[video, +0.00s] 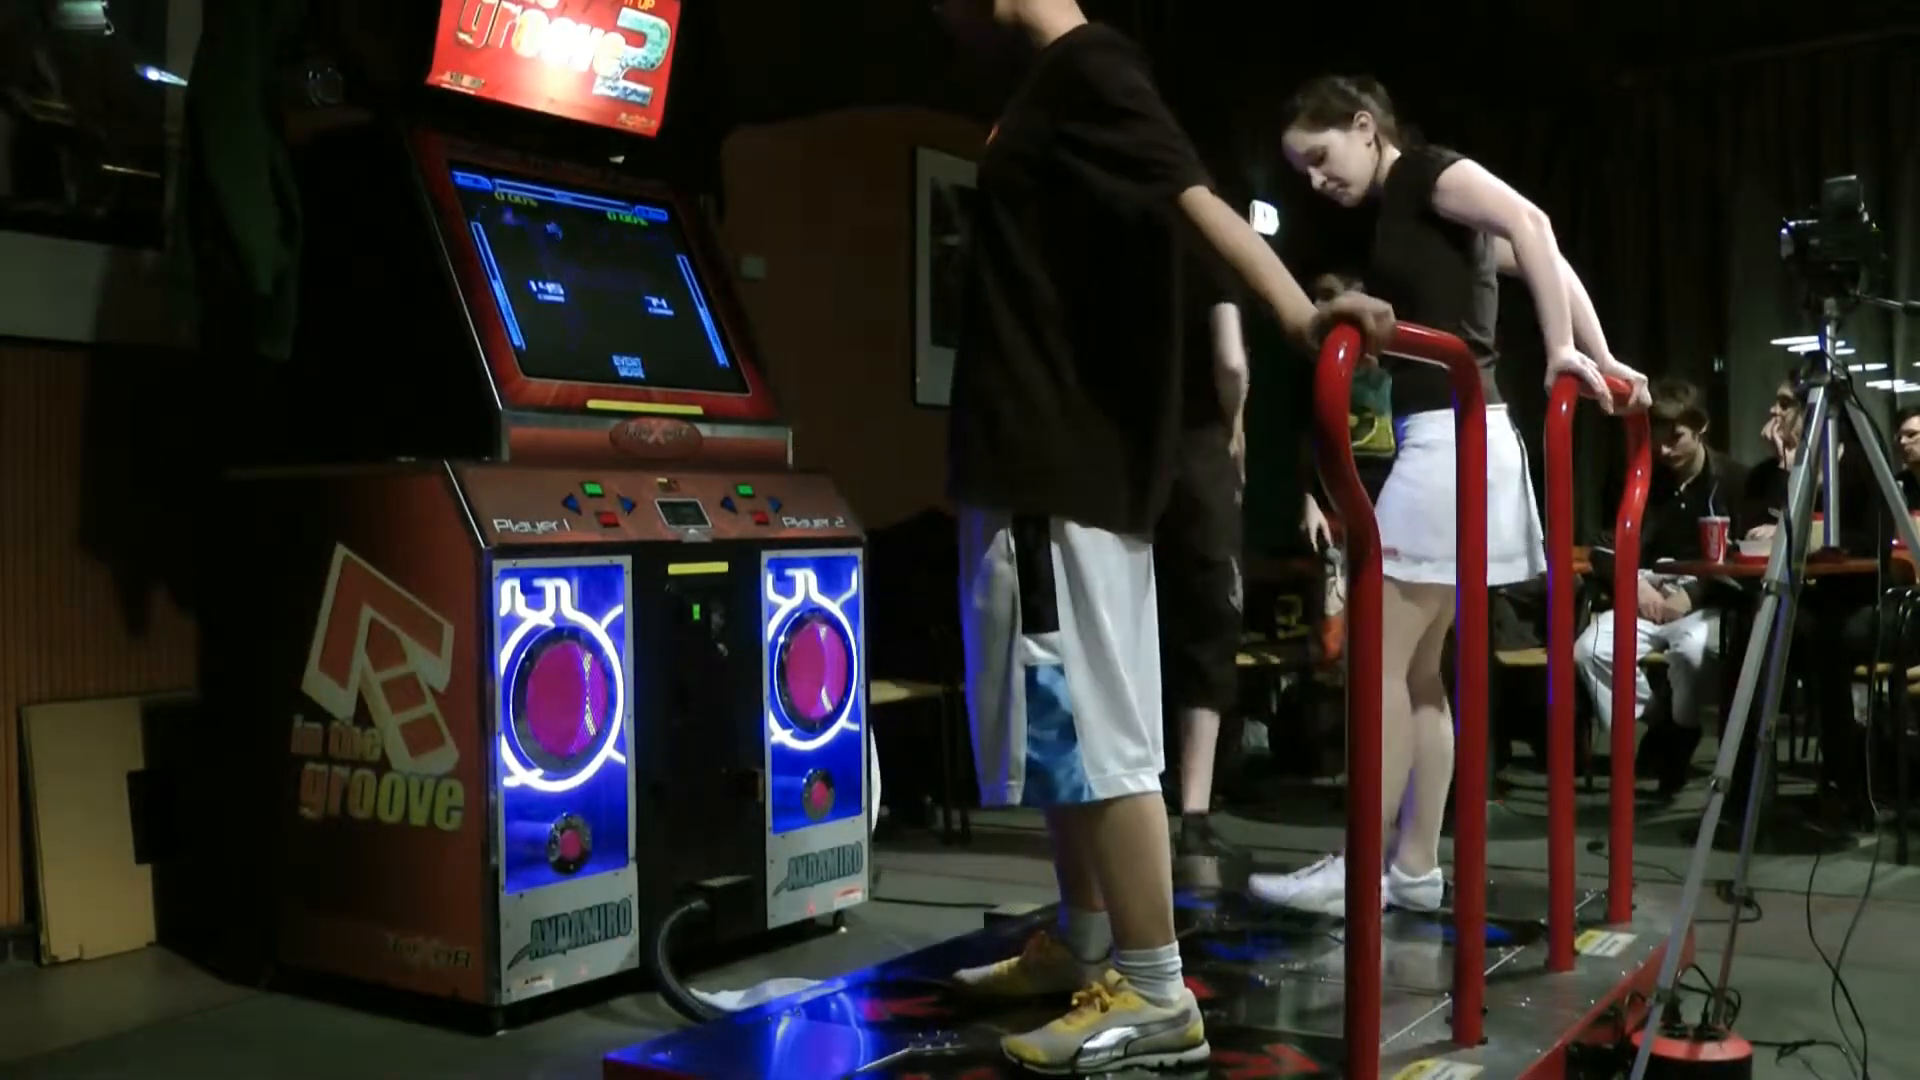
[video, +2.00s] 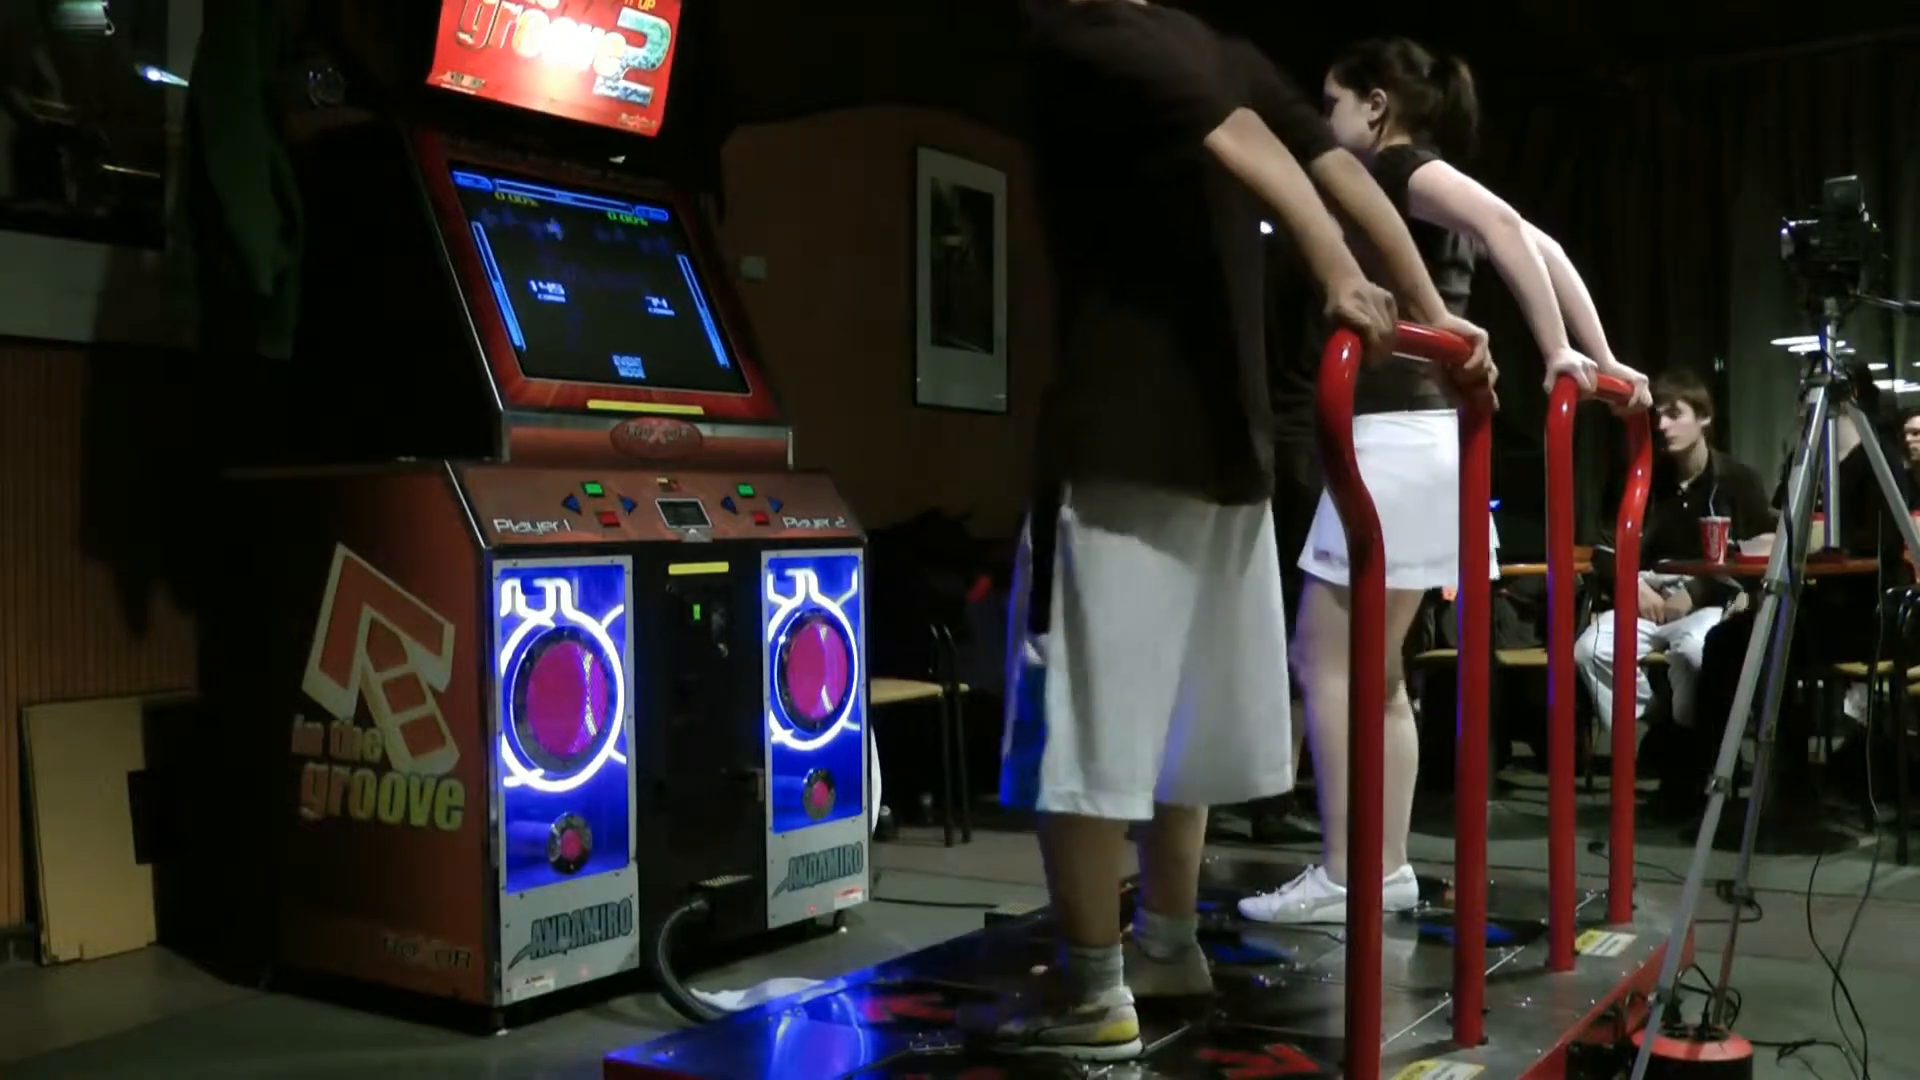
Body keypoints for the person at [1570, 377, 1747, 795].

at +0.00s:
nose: (1667, 447)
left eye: (1675, 436)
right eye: (1659, 439)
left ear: (1700, 429)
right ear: (1648, 437)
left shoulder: (1730, 479)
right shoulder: (1644, 477)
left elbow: (1741, 557)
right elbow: (1605, 549)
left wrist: (1691, 596)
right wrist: (1637, 589)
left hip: (1705, 600)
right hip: (1647, 594)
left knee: (1692, 650)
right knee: (1594, 648)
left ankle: (1682, 737)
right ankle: (1658, 727)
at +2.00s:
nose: (1663, 425)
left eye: (1675, 414)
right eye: (1658, 416)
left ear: (1703, 420)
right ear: (1651, 421)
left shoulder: (1738, 481)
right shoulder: (1646, 478)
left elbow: (1755, 562)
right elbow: (1608, 551)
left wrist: (1692, 595)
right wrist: (1635, 587)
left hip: (1711, 604)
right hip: (1649, 604)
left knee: (1690, 651)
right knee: (1593, 648)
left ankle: (1685, 740)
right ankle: (1644, 741)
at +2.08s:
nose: (1658, 426)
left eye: (1670, 415)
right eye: (1654, 416)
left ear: (1700, 419)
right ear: (1649, 421)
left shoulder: (1738, 482)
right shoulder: (1645, 478)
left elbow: (1753, 564)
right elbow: (1607, 551)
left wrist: (1692, 596)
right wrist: (1634, 586)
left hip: (1710, 606)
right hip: (1648, 606)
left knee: (1691, 652)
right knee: (1593, 649)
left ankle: (1685, 742)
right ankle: (1646, 743)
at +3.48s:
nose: (1650, 425)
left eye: (1659, 417)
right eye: (1650, 417)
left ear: (1689, 425)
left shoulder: (1734, 480)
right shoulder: (1646, 475)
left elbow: (1748, 558)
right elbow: (1608, 546)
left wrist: (1691, 595)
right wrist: (1636, 587)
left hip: (1706, 600)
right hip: (1649, 597)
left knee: (1695, 648)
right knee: (1594, 648)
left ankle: (1676, 736)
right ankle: (1649, 741)